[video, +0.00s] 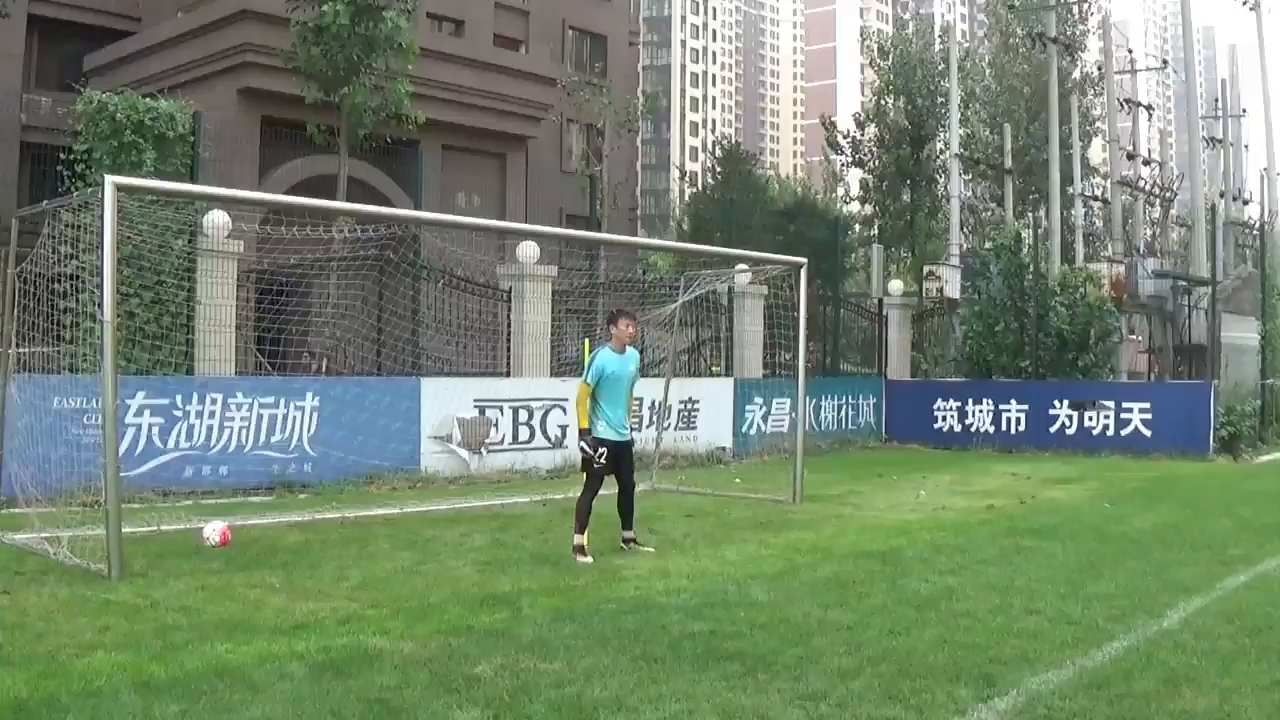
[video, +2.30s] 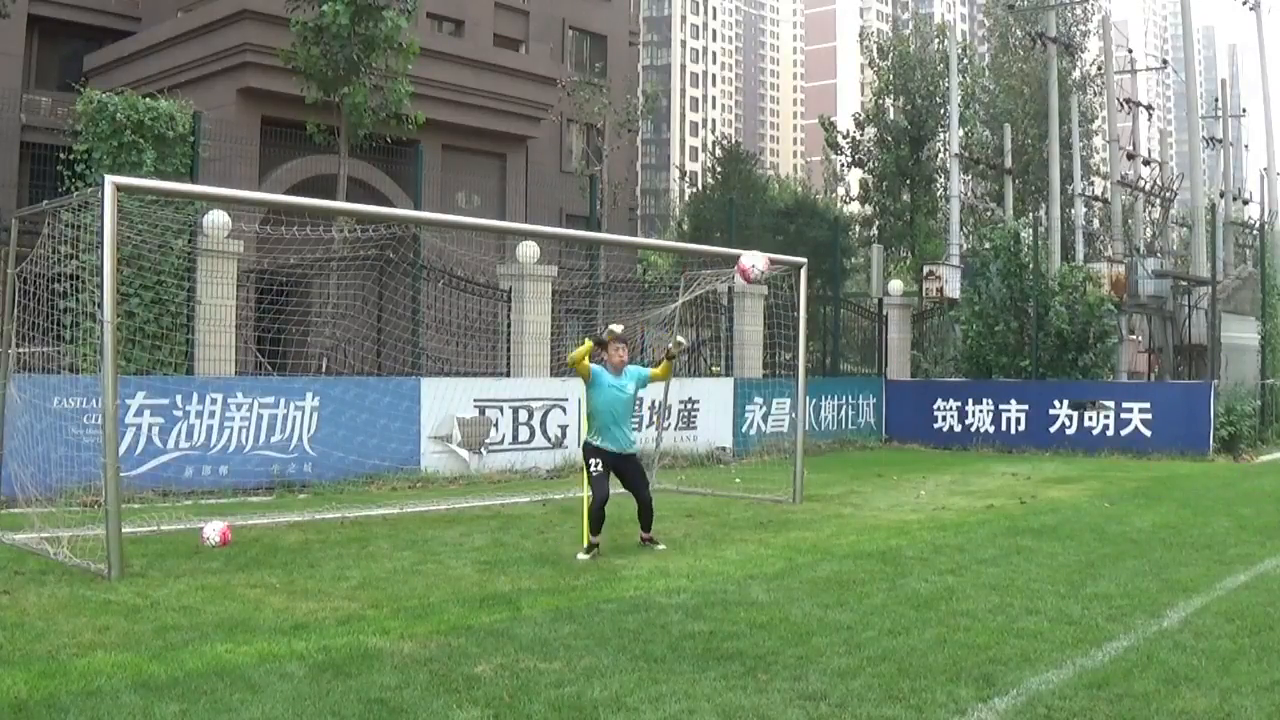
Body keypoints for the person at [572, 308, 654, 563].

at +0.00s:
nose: (632, 331)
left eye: (633, 326)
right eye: (627, 326)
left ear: (633, 331)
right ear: (612, 329)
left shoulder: (634, 356)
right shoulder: (600, 358)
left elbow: (629, 394)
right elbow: (582, 395)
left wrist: (627, 427)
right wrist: (584, 432)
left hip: (623, 436)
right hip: (600, 436)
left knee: (628, 486)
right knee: (591, 489)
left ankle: (628, 538)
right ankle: (579, 542)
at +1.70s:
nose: (653, 356)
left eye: (654, 352)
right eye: (648, 352)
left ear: (651, 356)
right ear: (633, 354)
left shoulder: (648, 381)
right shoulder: (616, 381)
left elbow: (639, 414)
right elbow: (591, 415)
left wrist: (639, 440)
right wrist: (605, 447)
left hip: (628, 448)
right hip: (602, 448)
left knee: (652, 489)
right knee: (603, 495)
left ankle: (638, 537)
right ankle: (574, 542)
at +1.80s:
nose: (652, 346)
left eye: (652, 342)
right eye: (647, 342)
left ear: (648, 346)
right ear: (631, 345)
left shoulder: (650, 371)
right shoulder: (618, 371)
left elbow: (664, 396)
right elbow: (601, 404)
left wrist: (666, 407)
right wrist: (630, 416)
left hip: (627, 443)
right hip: (602, 442)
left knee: (651, 486)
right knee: (601, 492)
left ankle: (638, 537)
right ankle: (573, 541)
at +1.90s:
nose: (649, 338)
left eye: (650, 334)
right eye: (644, 334)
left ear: (650, 339)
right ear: (629, 337)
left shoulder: (651, 359)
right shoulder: (619, 358)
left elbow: (679, 363)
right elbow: (617, 375)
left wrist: (685, 350)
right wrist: (646, 358)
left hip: (627, 436)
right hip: (604, 436)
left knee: (647, 482)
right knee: (595, 489)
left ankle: (638, 536)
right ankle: (572, 539)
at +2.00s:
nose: (641, 324)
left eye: (643, 320)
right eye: (637, 320)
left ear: (644, 323)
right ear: (625, 323)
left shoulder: (648, 343)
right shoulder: (616, 347)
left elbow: (675, 331)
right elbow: (631, 335)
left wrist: (670, 306)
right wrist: (643, 306)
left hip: (632, 423)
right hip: (609, 421)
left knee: (643, 477)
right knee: (594, 482)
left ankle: (641, 529)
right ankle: (567, 533)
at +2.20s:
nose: (629, 350)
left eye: (632, 346)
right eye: (624, 346)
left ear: (635, 349)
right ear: (613, 350)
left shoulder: (639, 366)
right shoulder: (606, 370)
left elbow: (667, 350)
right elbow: (604, 344)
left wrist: (681, 326)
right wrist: (628, 320)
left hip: (630, 443)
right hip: (605, 444)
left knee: (652, 498)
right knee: (603, 495)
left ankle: (647, 536)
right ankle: (575, 536)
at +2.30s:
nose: (622, 354)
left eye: (625, 350)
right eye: (617, 350)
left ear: (628, 353)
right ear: (605, 354)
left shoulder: (634, 374)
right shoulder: (594, 374)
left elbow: (663, 374)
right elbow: (574, 360)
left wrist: (669, 357)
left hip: (625, 450)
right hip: (597, 448)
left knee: (644, 496)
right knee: (600, 496)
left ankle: (646, 537)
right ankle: (592, 543)